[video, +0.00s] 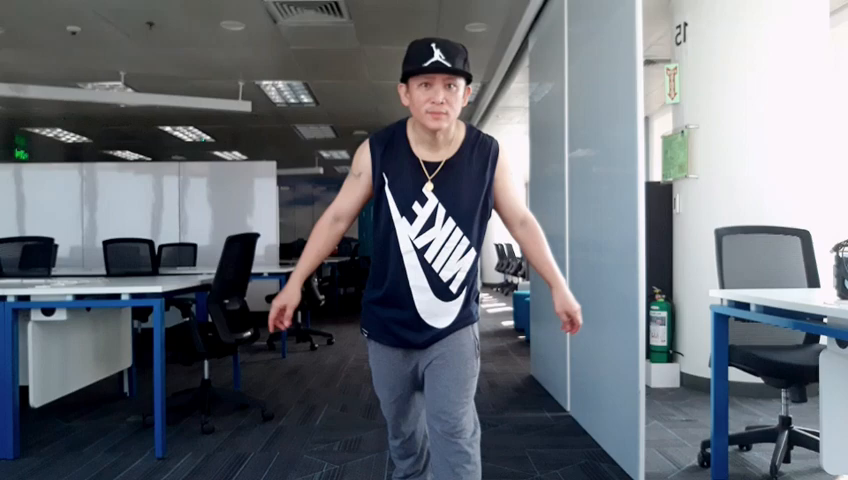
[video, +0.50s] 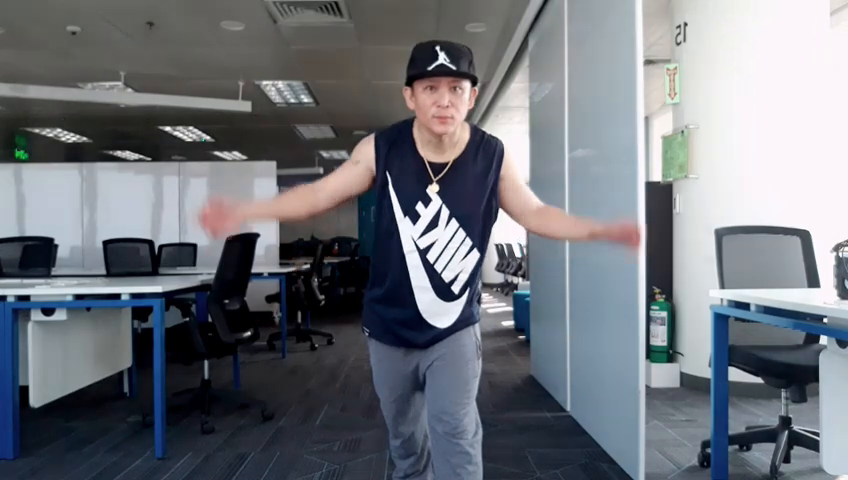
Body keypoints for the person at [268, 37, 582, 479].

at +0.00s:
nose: (438, 96)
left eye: (450, 85)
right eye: (426, 85)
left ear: (466, 95)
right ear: (404, 94)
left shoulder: (486, 153)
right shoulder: (376, 151)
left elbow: (521, 222)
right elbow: (335, 219)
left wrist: (559, 286)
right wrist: (294, 283)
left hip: (453, 326)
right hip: (388, 326)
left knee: (455, 438)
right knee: (402, 433)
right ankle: (408, 473)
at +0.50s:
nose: (444, 101)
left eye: (455, 90)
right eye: (432, 90)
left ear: (472, 97)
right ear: (409, 96)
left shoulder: (490, 155)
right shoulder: (379, 151)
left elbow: (534, 215)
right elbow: (314, 198)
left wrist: (598, 230)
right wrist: (246, 212)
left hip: (454, 328)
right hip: (390, 327)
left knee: (454, 434)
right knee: (401, 428)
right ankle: (406, 472)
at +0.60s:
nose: (442, 97)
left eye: (454, 85)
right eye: (430, 84)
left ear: (471, 94)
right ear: (409, 92)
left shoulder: (490, 151)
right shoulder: (379, 144)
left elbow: (537, 212)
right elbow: (319, 184)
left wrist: (591, 198)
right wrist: (258, 170)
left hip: (455, 328)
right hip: (390, 327)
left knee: (455, 435)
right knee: (401, 427)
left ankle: (458, 479)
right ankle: (407, 472)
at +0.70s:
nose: (443, 97)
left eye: (454, 86)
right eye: (431, 85)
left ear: (471, 93)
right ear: (410, 89)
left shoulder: (487, 142)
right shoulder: (384, 133)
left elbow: (502, 201)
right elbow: (346, 184)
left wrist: (531, 171)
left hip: (453, 324)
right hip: (389, 323)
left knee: (456, 436)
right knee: (401, 432)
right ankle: (409, 471)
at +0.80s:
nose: (444, 96)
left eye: (455, 86)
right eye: (432, 84)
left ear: (470, 93)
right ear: (411, 88)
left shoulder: (483, 136)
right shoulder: (383, 129)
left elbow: (480, 191)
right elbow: (355, 186)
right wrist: (383, 180)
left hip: (452, 322)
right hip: (387, 320)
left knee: (455, 440)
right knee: (401, 436)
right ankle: (409, 470)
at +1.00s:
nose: (438, 96)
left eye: (448, 86)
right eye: (426, 84)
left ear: (464, 94)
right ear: (405, 90)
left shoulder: (476, 138)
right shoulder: (378, 135)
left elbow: (479, 181)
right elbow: (349, 192)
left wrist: (446, 174)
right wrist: (358, 201)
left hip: (448, 324)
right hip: (385, 321)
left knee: (450, 436)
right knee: (398, 428)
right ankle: (406, 470)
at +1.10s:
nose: (430, 96)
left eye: (442, 85)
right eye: (419, 84)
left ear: (458, 93)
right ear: (399, 90)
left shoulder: (475, 145)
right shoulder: (373, 143)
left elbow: (505, 201)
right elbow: (331, 203)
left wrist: (533, 242)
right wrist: (281, 247)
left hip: (446, 323)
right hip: (384, 322)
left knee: (448, 431)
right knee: (398, 427)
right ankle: (407, 470)